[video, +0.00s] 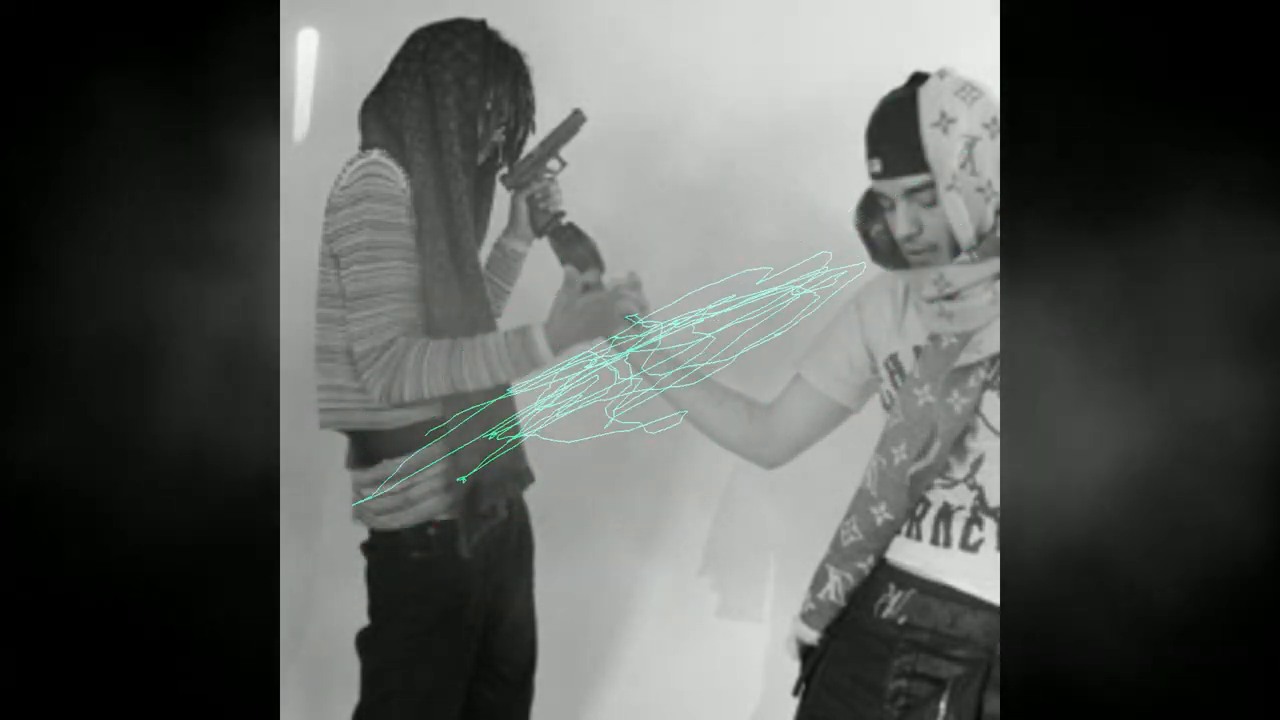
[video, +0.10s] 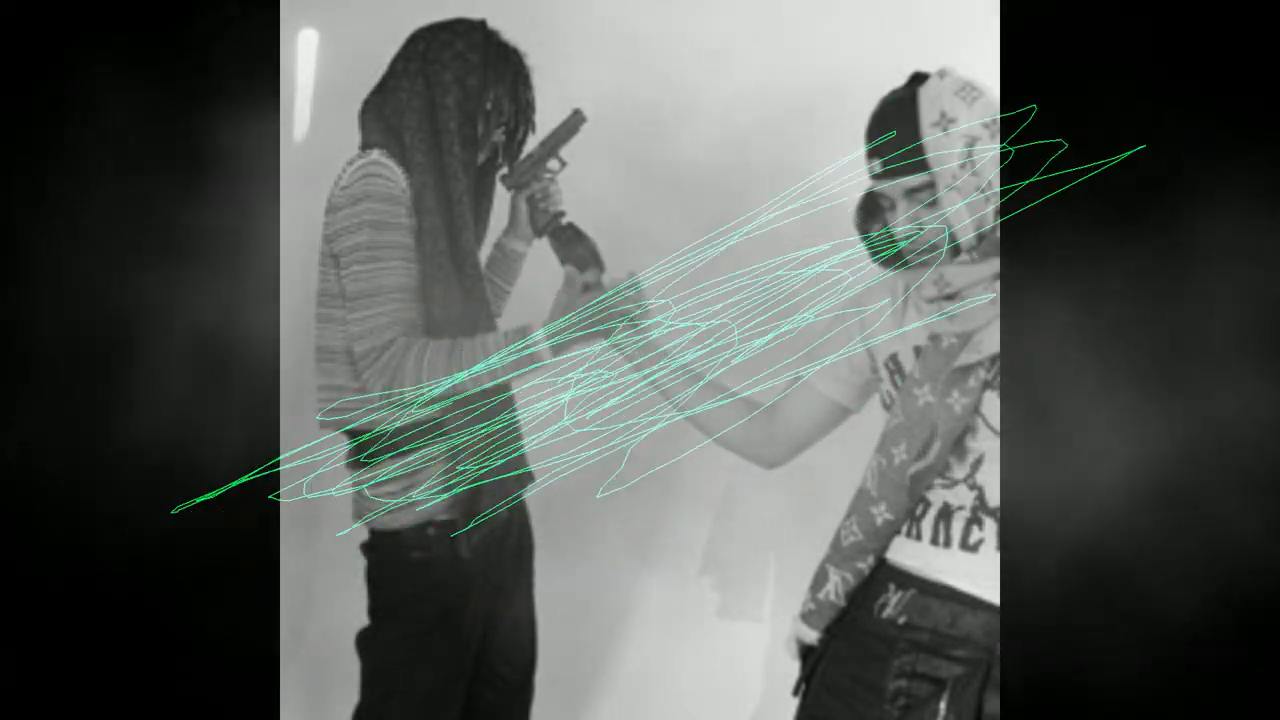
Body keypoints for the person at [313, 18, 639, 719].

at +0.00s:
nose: (498, 143)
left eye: (505, 124)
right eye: (493, 118)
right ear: (450, 105)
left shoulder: (426, 191)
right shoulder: (377, 182)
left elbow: (465, 327)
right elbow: (387, 369)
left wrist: (518, 233)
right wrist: (550, 339)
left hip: (487, 503)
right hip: (422, 522)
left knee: (500, 699)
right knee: (413, 704)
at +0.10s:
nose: (495, 142)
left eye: (503, 124)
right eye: (490, 118)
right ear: (446, 105)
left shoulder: (428, 189)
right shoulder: (377, 181)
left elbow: (464, 332)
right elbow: (386, 369)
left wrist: (518, 233)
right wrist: (545, 340)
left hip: (489, 509)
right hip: (425, 524)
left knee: (499, 700)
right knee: (412, 705)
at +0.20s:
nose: (497, 143)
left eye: (504, 125)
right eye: (491, 119)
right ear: (448, 107)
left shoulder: (427, 191)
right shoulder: (377, 181)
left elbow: (461, 331)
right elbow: (384, 369)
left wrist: (518, 235)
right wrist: (540, 341)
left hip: (490, 512)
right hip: (425, 529)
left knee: (500, 702)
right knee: (411, 707)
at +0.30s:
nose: (496, 144)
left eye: (503, 125)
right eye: (490, 120)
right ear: (447, 107)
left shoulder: (422, 191)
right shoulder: (378, 181)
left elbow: (461, 338)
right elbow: (388, 371)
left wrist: (517, 235)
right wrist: (546, 337)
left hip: (482, 490)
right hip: (425, 498)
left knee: (496, 693)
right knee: (418, 697)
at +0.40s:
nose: (497, 145)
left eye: (504, 126)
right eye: (493, 121)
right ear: (451, 108)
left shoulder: (422, 191)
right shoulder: (377, 181)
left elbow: (464, 331)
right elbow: (387, 367)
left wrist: (518, 234)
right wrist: (553, 338)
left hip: (481, 492)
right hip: (424, 500)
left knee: (499, 696)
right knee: (415, 700)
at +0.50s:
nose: (498, 145)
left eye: (504, 125)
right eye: (493, 121)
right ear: (452, 108)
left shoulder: (426, 191)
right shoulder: (377, 182)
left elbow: (465, 330)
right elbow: (389, 368)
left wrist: (518, 234)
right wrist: (551, 339)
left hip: (486, 494)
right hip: (423, 508)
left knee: (500, 699)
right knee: (415, 704)